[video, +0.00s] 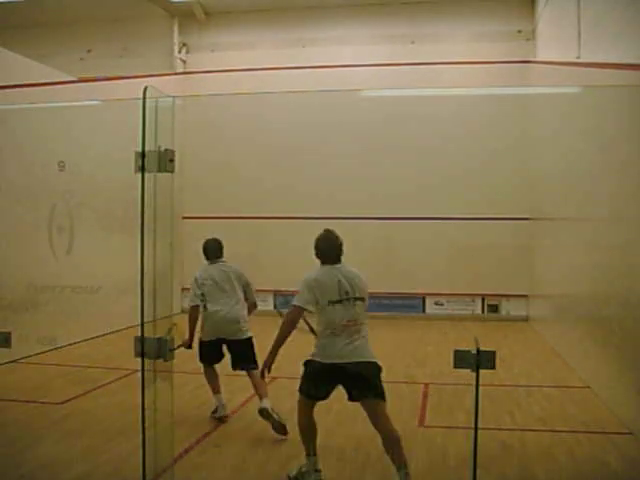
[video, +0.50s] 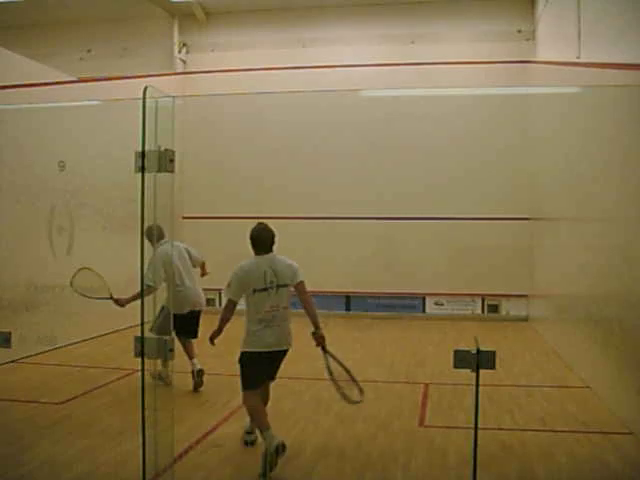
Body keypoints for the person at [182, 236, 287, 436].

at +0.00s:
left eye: (207, 253)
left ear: (205, 255)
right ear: (223, 253)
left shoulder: (201, 276)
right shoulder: (236, 272)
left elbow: (194, 308)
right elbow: (253, 304)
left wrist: (190, 337)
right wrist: (237, 317)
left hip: (211, 330)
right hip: (238, 328)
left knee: (208, 363)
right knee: (252, 369)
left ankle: (220, 406)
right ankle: (265, 404)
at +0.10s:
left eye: (190, 249)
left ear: (190, 251)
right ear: (207, 248)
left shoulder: (188, 273)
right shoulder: (223, 266)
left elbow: (184, 307)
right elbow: (246, 291)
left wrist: (180, 333)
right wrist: (249, 315)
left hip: (207, 325)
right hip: (231, 322)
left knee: (208, 366)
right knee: (236, 360)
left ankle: (221, 406)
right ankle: (246, 387)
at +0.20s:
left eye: (180, 241)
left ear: (179, 242)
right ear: (196, 237)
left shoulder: (181, 262)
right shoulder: (211, 253)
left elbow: (175, 295)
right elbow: (238, 274)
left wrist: (166, 321)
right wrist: (249, 293)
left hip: (199, 314)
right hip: (218, 310)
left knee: (205, 355)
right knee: (216, 347)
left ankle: (216, 390)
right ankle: (220, 386)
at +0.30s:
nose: (172, 239)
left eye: (171, 236)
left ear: (172, 237)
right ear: (187, 234)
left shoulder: (173, 256)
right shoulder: (202, 249)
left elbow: (165, 290)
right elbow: (228, 264)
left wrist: (151, 313)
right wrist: (241, 281)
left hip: (190, 309)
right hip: (209, 306)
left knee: (190, 346)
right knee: (203, 343)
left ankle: (203, 376)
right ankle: (203, 381)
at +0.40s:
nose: (161, 240)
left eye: (160, 237)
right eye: (162, 236)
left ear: (161, 237)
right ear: (175, 232)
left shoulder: (167, 255)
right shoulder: (190, 247)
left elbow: (158, 288)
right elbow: (214, 259)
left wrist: (136, 306)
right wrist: (223, 273)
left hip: (183, 305)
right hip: (201, 303)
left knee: (175, 344)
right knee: (195, 342)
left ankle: (188, 378)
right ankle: (200, 381)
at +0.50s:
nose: (148, 244)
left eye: (148, 240)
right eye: (148, 240)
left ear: (150, 240)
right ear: (164, 235)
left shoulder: (159, 254)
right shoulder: (179, 246)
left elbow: (152, 286)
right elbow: (200, 260)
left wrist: (127, 300)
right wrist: (203, 271)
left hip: (180, 302)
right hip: (197, 299)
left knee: (160, 333)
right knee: (184, 336)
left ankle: (165, 372)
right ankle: (196, 366)